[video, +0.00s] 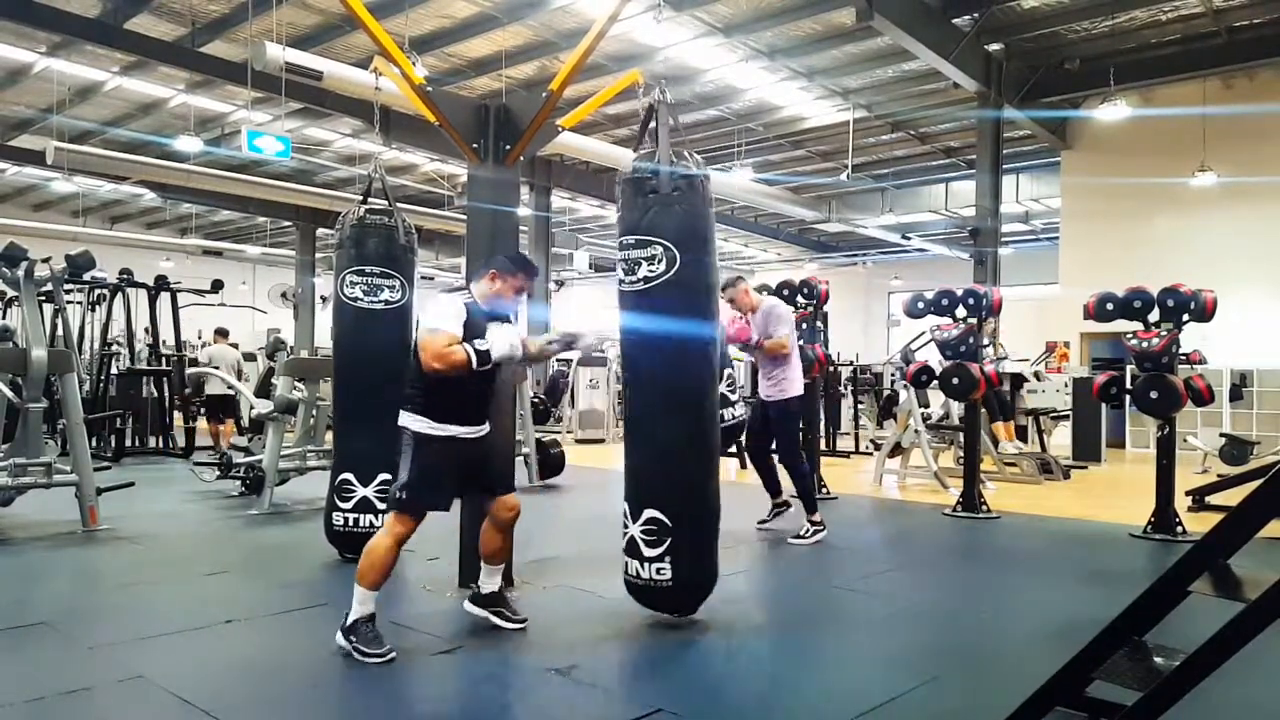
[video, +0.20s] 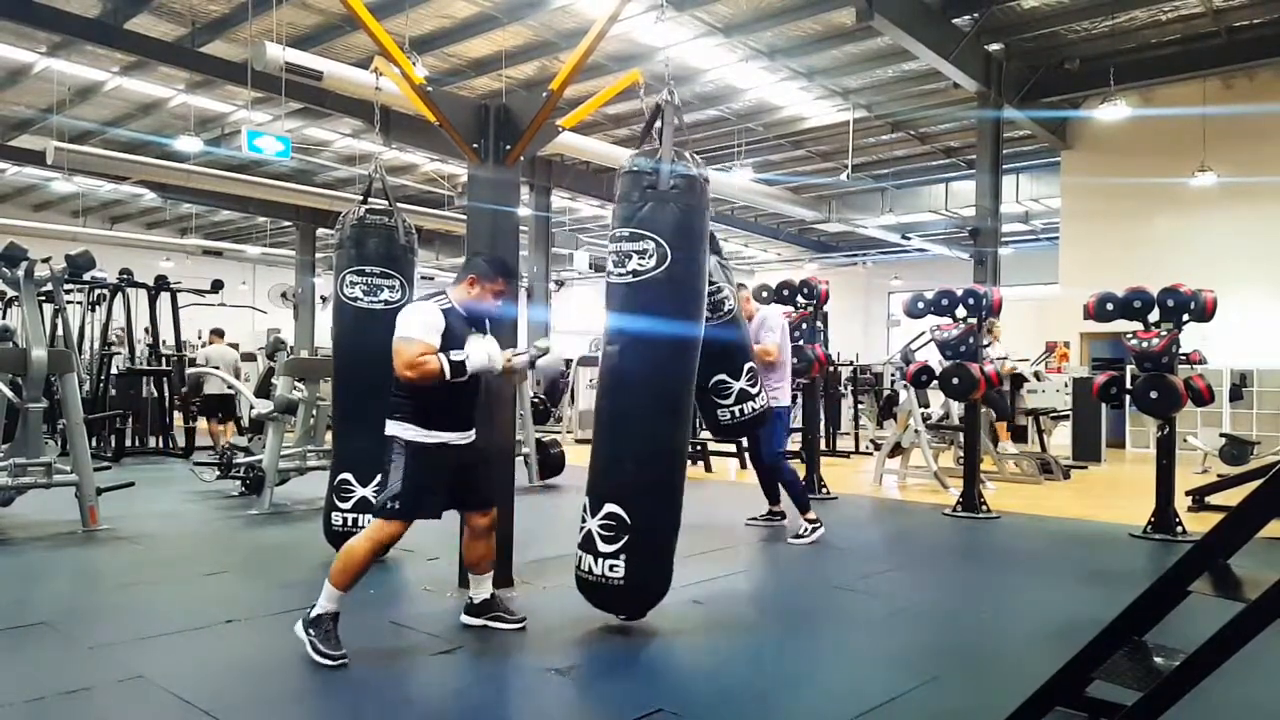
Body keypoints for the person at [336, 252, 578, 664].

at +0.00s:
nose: (519, 302)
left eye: (523, 295)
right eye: (517, 292)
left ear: (506, 286)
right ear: (494, 278)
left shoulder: (499, 319)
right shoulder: (445, 303)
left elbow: (517, 349)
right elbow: (435, 358)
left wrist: (553, 345)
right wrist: (490, 348)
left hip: (477, 435)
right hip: (429, 435)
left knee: (505, 509)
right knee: (400, 526)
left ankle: (487, 593)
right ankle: (357, 621)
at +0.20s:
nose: (496, 305)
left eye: (500, 298)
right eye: (494, 295)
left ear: (482, 288)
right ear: (473, 282)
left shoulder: (476, 324)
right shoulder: (423, 312)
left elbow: (478, 370)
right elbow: (409, 367)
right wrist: (471, 362)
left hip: (462, 442)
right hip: (415, 442)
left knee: (482, 517)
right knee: (388, 530)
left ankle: (480, 602)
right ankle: (320, 616)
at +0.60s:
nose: (446, 286)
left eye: (450, 279)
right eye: (444, 276)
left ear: (425, 268)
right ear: (417, 262)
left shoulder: (415, 306)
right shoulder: (371, 294)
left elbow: (407, 360)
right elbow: (367, 356)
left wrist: (445, 355)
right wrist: (425, 346)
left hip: (402, 424)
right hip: (357, 426)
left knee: (431, 502)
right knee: (348, 527)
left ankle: (396, 588)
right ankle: (305, 621)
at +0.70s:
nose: (440, 301)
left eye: (444, 292)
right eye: (438, 289)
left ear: (417, 281)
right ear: (413, 277)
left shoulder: (411, 321)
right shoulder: (364, 313)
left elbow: (413, 378)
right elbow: (371, 374)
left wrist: (448, 368)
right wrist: (423, 347)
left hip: (399, 444)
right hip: (355, 446)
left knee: (428, 517)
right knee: (338, 543)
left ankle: (383, 596)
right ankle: (296, 633)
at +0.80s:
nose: (447, 298)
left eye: (451, 290)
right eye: (446, 288)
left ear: (425, 278)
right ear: (422, 275)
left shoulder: (417, 315)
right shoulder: (377, 305)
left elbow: (418, 367)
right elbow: (372, 364)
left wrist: (450, 360)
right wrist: (429, 368)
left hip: (405, 436)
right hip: (361, 438)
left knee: (438, 507)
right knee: (342, 531)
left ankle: (396, 589)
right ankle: (300, 628)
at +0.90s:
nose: (456, 294)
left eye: (460, 287)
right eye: (456, 284)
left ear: (435, 272)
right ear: (435, 270)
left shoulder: (425, 307)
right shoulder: (393, 295)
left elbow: (424, 353)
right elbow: (378, 349)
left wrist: (455, 346)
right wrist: (432, 375)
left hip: (411, 427)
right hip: (368, 427)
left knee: (429, 511)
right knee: (354, 525)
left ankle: (429, 599)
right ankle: (306, 622)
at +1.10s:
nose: (481, 311)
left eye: (485, 303)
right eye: (482, 301)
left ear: (467, 289)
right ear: (466, 287)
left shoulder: (450, 322)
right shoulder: (423, 313)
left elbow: (445, 370)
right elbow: (415, 371)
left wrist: (482, 373)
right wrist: (465, 372)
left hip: (437, 441)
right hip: (398, 442)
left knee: (457, 518)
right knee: (376, 531)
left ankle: (458, 605)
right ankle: (309, 622)